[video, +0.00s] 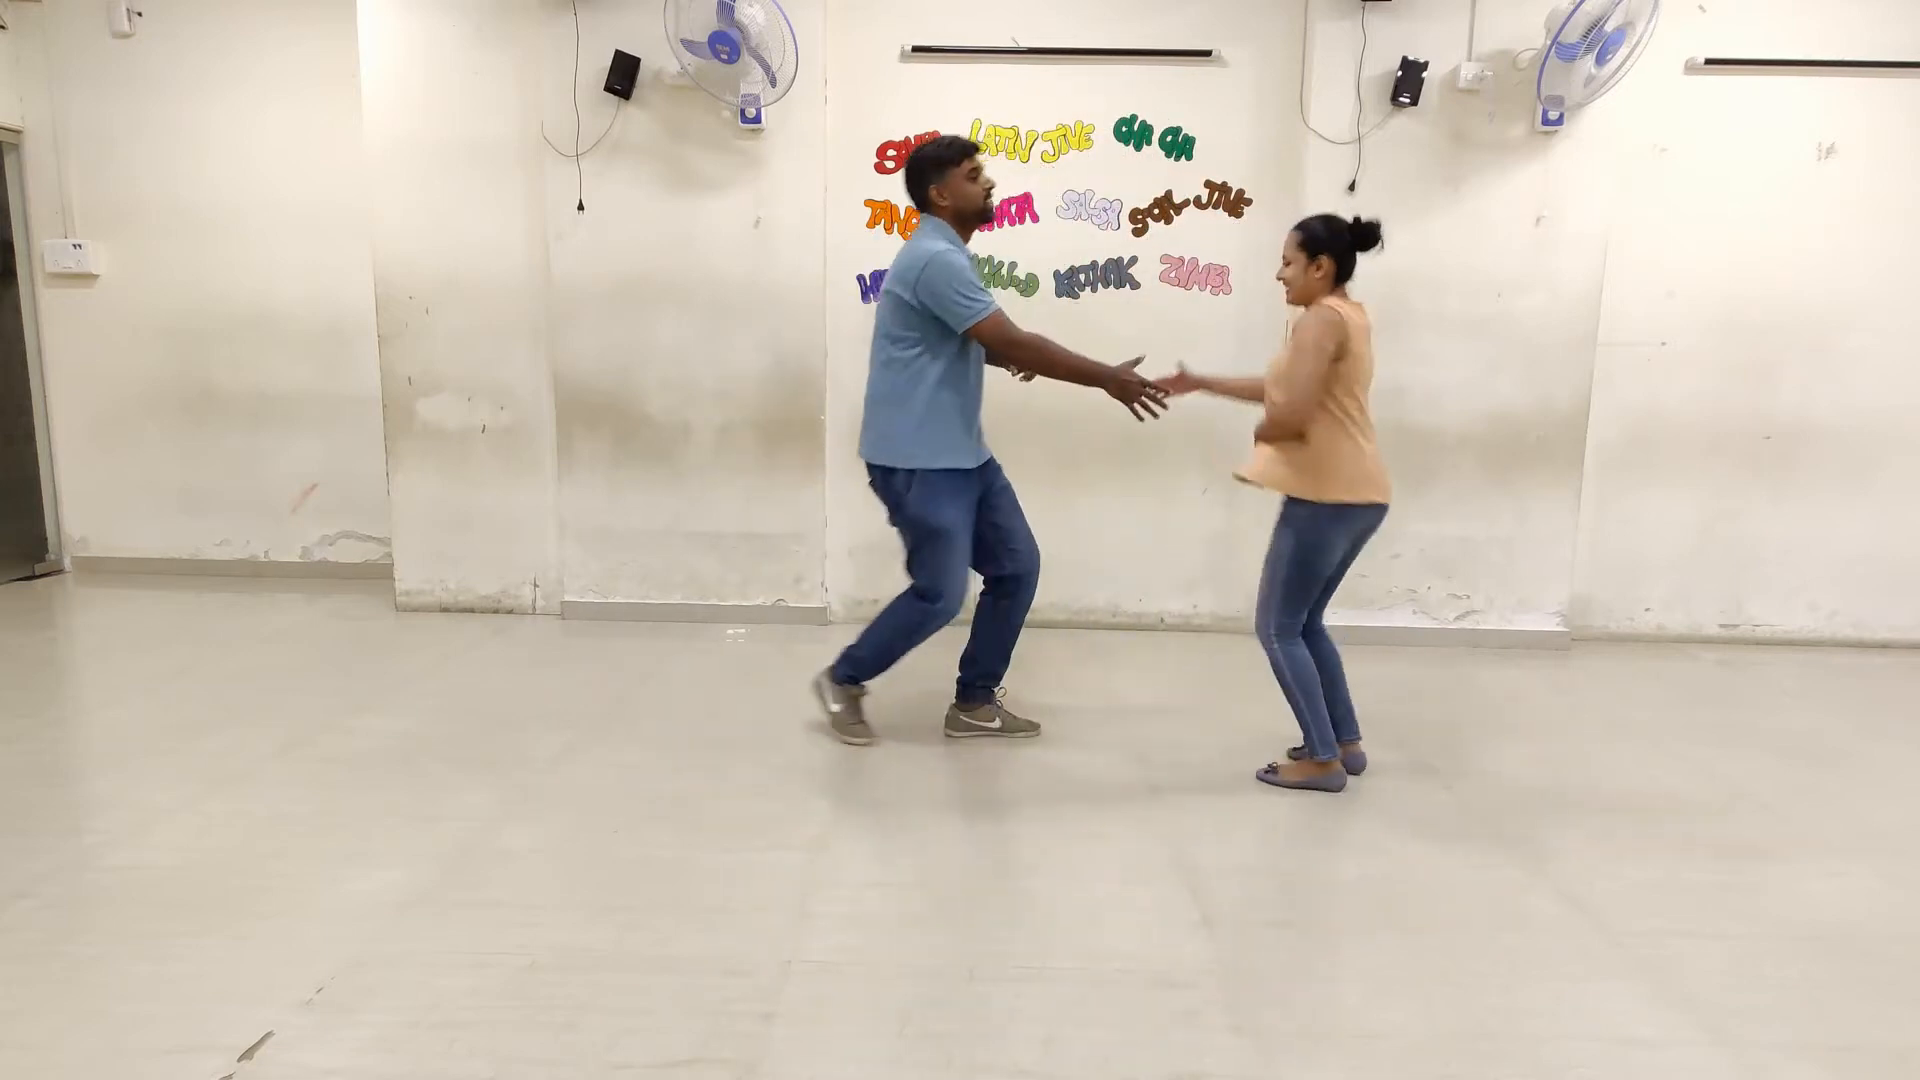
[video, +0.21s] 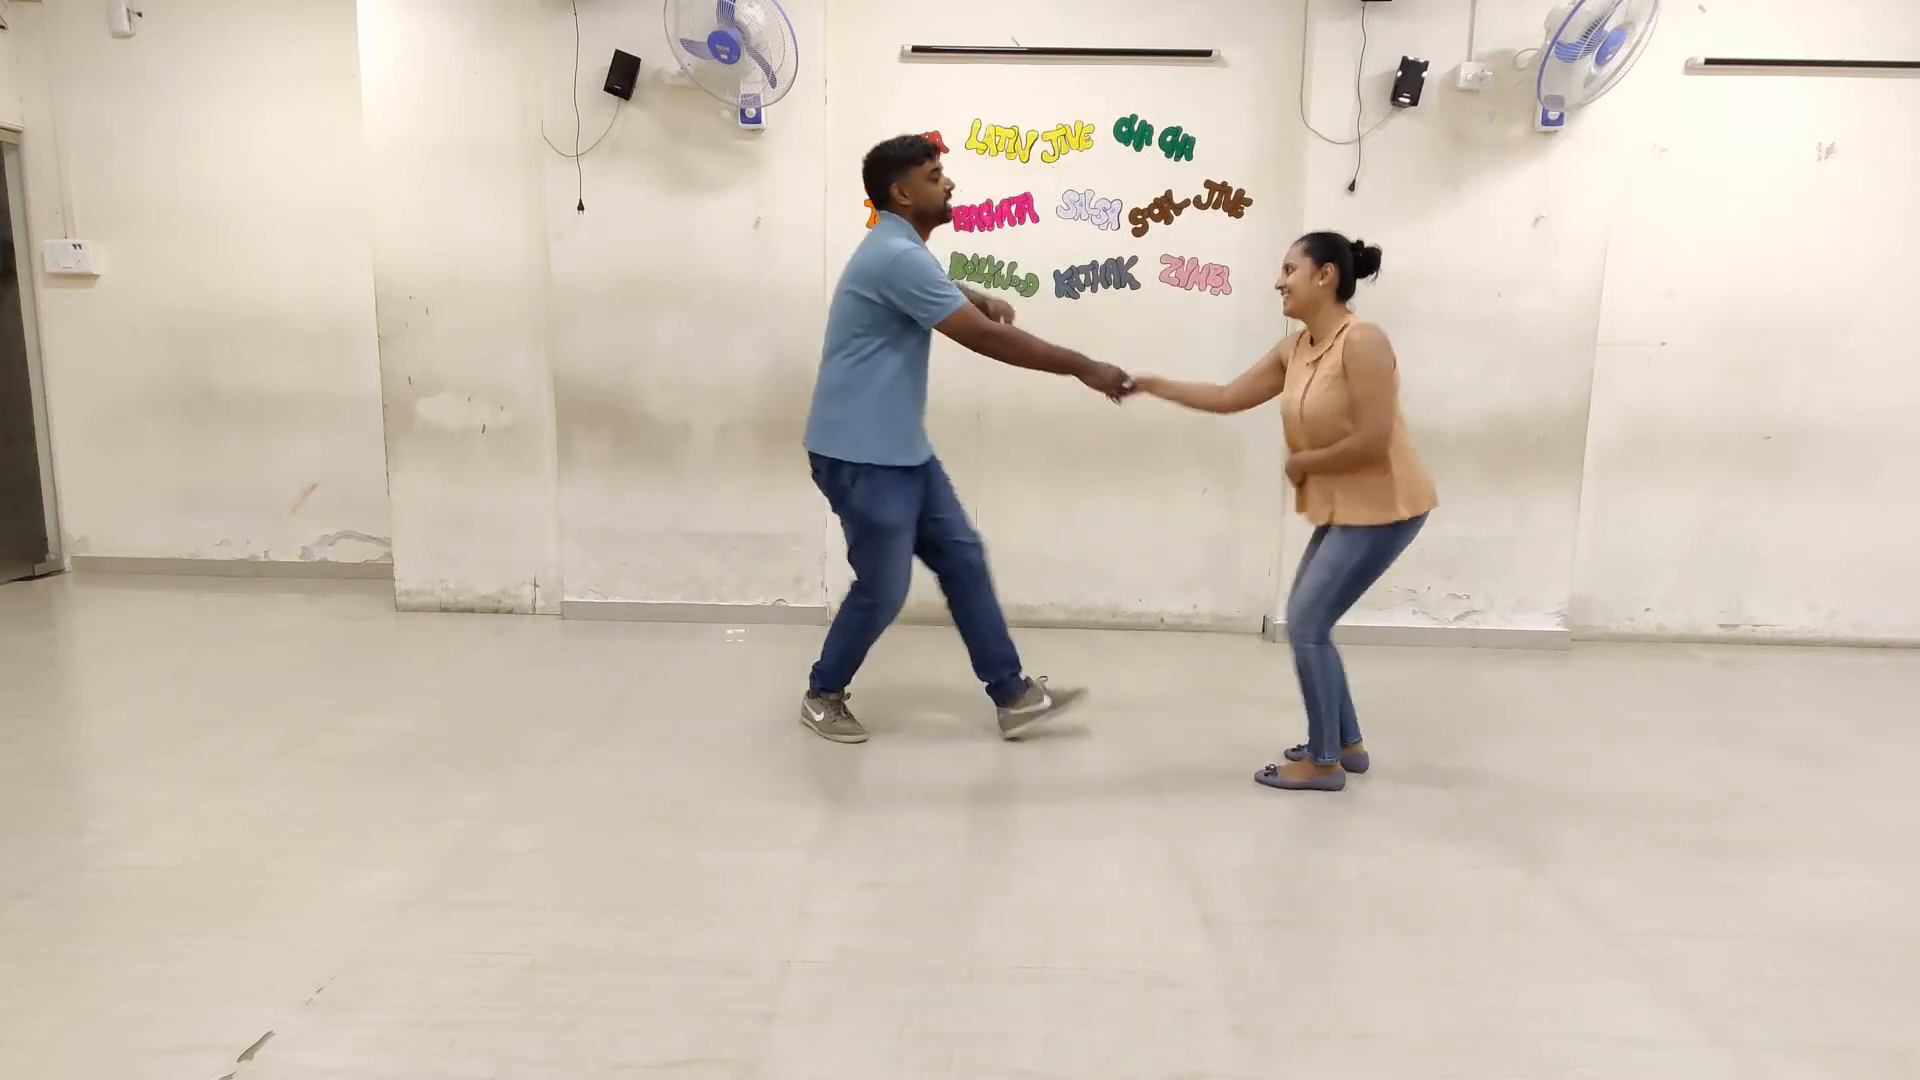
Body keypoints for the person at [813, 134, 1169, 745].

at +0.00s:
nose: (988, 182)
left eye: (982, 172)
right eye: (972, 175)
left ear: (945, 193)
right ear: (937, 193)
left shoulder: (949, 255)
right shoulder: (935, 257)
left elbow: (975, 349)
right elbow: (1014, 344)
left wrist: (1012, 359)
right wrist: (1107, 376)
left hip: (960, 449)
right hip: (915, 454)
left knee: (1016, 567)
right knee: (939, 592)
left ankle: (975, 702)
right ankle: (842, 680)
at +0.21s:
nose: (947, 183)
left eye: (943, 174)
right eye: (934, 176)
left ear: (904, 195)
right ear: (899, 191)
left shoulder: (900, 248)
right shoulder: (894, 255)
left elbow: (923, 299)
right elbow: (982, 336)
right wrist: (1082, 365)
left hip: (901, 446)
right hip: (859, 451)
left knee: (962, 559)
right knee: (882, 587)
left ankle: (1013, 694)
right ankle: (824, 693)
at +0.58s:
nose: (934, 170)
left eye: (933, 161)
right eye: (919, 163)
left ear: (922, 173)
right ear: (884, 179)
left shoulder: (922, 234)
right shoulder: (878, 239)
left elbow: (972, 222)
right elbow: (939, 327)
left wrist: (982, 233)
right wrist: (1041, 335)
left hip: (910, 430)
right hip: (851, 437)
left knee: (979, 537)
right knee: (865, 579)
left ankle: (957, 676)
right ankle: (814, 693)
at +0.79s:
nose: (971, 192)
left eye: (972, 183)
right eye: (955, 185)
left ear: (976, 193)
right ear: (921, 203)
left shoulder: (984, 262)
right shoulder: (910, 259)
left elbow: (1061, 256)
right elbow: (906, 320)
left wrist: (1043, 246)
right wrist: (1003, 346)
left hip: (967, 457)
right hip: (901, 463)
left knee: (1035, 556)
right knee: (899, 597)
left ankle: (1037, 689)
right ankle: (819, 693)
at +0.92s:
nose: (998, 178)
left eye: (1003, 169)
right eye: (982, 173)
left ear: (1015, 180)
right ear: (958, 190)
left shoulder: (1032, 245)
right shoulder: (946, 243)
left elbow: (1120, 242)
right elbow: (937, 262)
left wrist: (1083, 227)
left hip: (1019, 449)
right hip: (944, 453)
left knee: (1067, 562)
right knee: (922, 577)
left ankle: (1045, 691)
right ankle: (845, 683)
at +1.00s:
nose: (1016, 166)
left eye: (1024, 157)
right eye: (1001, 160)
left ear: (1037, 172)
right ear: (981, 177)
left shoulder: (1067, 240)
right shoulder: (964, 241)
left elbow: (1158, 213)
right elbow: (957, 224)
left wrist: (1099, 196)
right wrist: (1041, 177)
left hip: (1045, 439)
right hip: (964, 441)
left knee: (1074, 571)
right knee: (944, 570)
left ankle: (1063, 686)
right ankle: (908, 676)